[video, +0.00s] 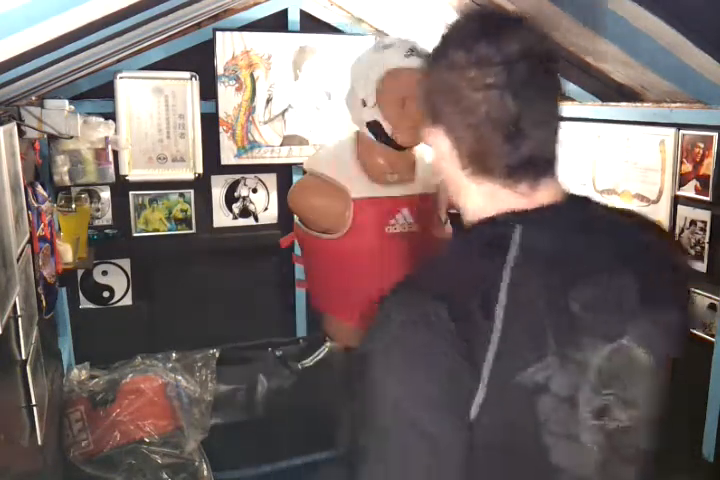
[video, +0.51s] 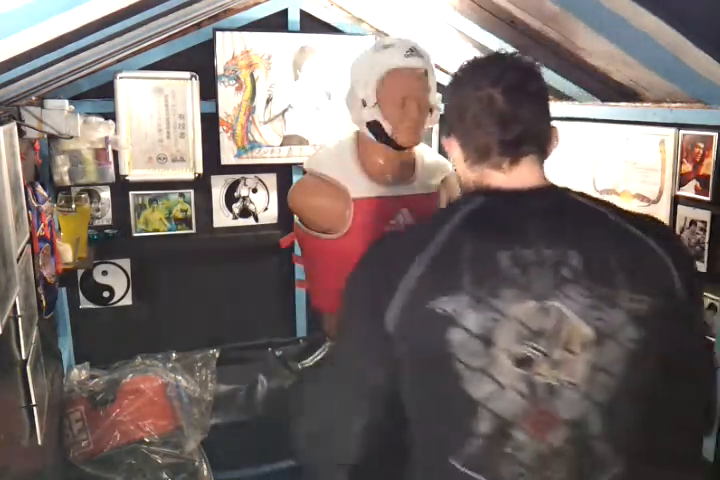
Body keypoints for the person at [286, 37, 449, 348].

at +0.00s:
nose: (417, 113)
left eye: (422, 99)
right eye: (403, 102)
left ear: (434, 99)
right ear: (367, 106)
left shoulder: (439, 177)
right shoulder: (323, 188)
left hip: (426, 350)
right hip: (353, 355)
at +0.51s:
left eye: (437, 132)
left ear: (451, 147)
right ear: (551, 139)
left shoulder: (396, 265)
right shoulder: (655, 249)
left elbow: (336, 445)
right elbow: (689, 423)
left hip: (453, 470)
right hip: (618, 472)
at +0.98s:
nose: (480, 146)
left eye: (480, 132)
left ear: (491, 139)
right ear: (575, 130)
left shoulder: (463, 241)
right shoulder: (659, 237)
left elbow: (396, 398)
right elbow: (677, 396)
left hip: (487, 464)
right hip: (624, 465)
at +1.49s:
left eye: (465, 144)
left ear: (475, 152)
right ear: (553, 142)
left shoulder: (433, 234)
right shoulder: (628, 244)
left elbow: (365, 337)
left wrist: (374, 460)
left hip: (450, 458)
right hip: (565, 461)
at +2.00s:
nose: (467, 160)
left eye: (465, 148)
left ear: (477, 154)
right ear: (552, 143)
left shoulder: (440, 234)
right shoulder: (624, 239)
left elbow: (370, 358)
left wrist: (378, 466)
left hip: (455, 459)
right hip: (570, 461)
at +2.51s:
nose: (468, 158)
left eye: (466, 146)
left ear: (477, 152)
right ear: (556, 141)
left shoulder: (443, 234)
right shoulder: (618, 229)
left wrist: (421, 188)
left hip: (463, 459)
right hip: (567, 458)